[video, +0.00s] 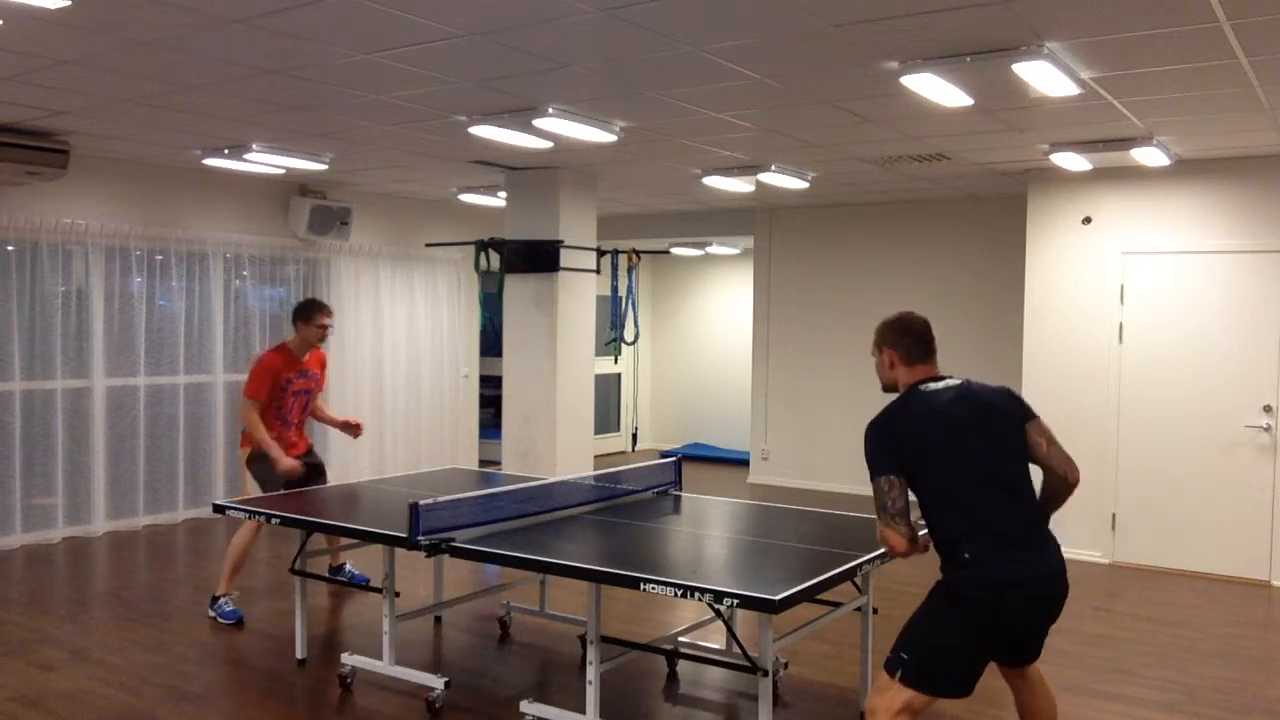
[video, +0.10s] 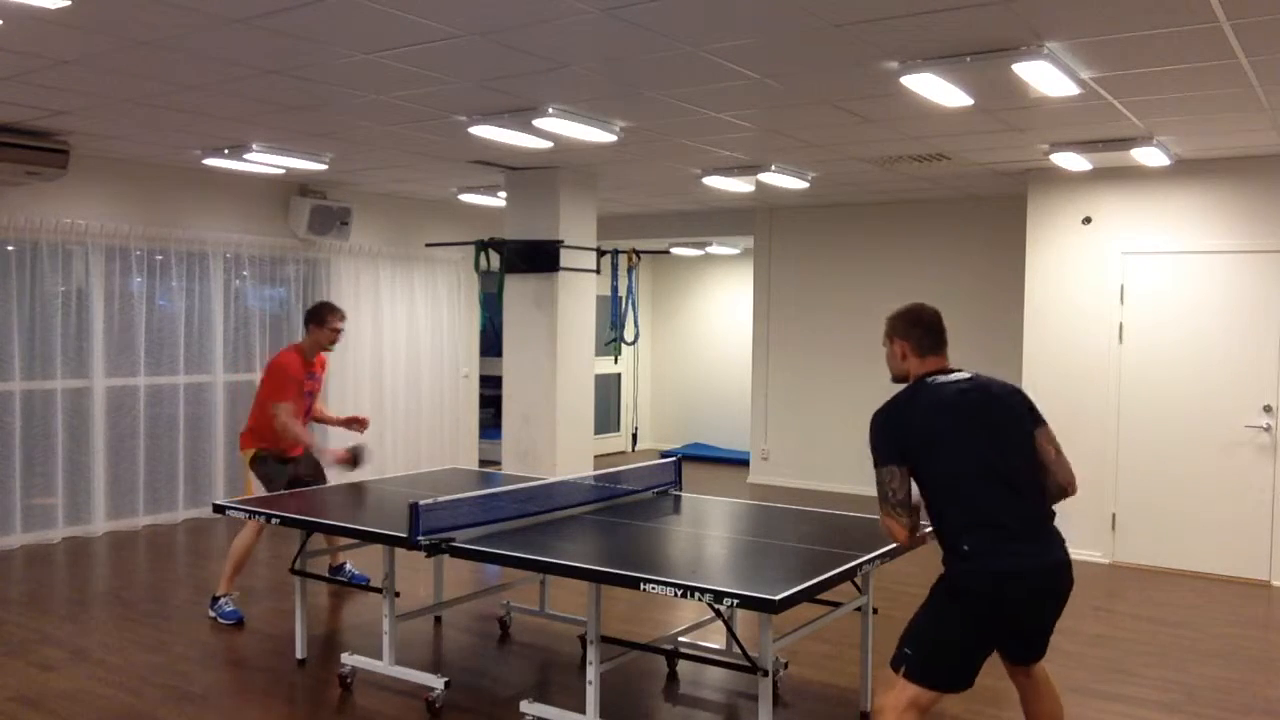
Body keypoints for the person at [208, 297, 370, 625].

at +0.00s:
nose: (327, 333)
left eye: (329, 327)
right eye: (322, 327)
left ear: (322, 328)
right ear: (301, 326)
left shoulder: (318, 359)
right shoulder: (270, 362)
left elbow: (312, 404)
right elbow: (248, 413)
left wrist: (338, 423)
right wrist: (277, 455)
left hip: (299, 448)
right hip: (263, 450)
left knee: (328, 501)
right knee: (259, 515)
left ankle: (337, 565)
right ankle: (222, 595)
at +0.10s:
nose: (338, 337)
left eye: (340, 331)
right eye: (333, 330)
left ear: (324, 332)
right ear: (312, 328)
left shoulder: (319, 362)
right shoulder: (285, 363)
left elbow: (310, 409)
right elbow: (282, 420)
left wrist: (341, 422)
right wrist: (323, 451)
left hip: (296, 447)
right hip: (264, 448)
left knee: (327, 502)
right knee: (262, 514)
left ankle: (337, 566)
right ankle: (222, 596)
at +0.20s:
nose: (351, 338)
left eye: (353, 333)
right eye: (347, 332)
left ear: (335, 333)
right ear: (328, 329)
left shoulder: (317, 362)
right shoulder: (304, 362)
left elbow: (309, 412)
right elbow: (330, 414)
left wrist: (347, 418)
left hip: (296, 448)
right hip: (266, 450)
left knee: (326, 504)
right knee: (259, 519)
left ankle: (337, 566)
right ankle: (221, 596)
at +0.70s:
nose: (358, 314)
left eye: (361, 308)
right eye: (353, 307)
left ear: (360, 312)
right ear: (334, 307)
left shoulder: (342, 344)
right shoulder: (320, 343)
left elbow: (336, 396)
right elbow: (322, 398)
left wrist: (364, 413)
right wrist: (359, 431)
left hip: (326, 436)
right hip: (294, 437)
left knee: (340, 502)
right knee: (270, 508)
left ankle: (339, 563)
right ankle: (244, 583)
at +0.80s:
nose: (348, 313)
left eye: (351, 307)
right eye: (342, 307)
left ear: (351, 311)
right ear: (325, 307)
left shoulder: (342, 345)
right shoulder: (303, 345)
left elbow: (335, 393)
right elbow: (299, 399)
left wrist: (365, 414)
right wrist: (327, 437)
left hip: (328, 436)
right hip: (294, 437)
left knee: (342, 498)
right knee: (271, 507)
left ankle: (340, 562)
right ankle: (243, 583)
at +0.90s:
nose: (336, 315)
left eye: (340, 310)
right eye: (329, 309)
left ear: (342, 312)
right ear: (312, 310)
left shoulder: (339, 346)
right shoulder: (290, 348)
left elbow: (336, 389)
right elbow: (278, 403)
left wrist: (363, 415)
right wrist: (292, 442)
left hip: (324, 436)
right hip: (288, 438)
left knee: (349, 493)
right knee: (269, 506)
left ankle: (349, 556)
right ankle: (243, 584)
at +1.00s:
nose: (325, 322)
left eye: (329, 317)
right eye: (319, 317)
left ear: (333, 319)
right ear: (302, 317)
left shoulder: (337, 352)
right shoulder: (277, 356)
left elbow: (341, 392)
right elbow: (263, 404)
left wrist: (362, 422)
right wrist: (262, 448)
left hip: (325, 445)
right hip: (284, 447)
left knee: (350, 503)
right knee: (262, 511)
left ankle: (365, 554)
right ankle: (243, 585)